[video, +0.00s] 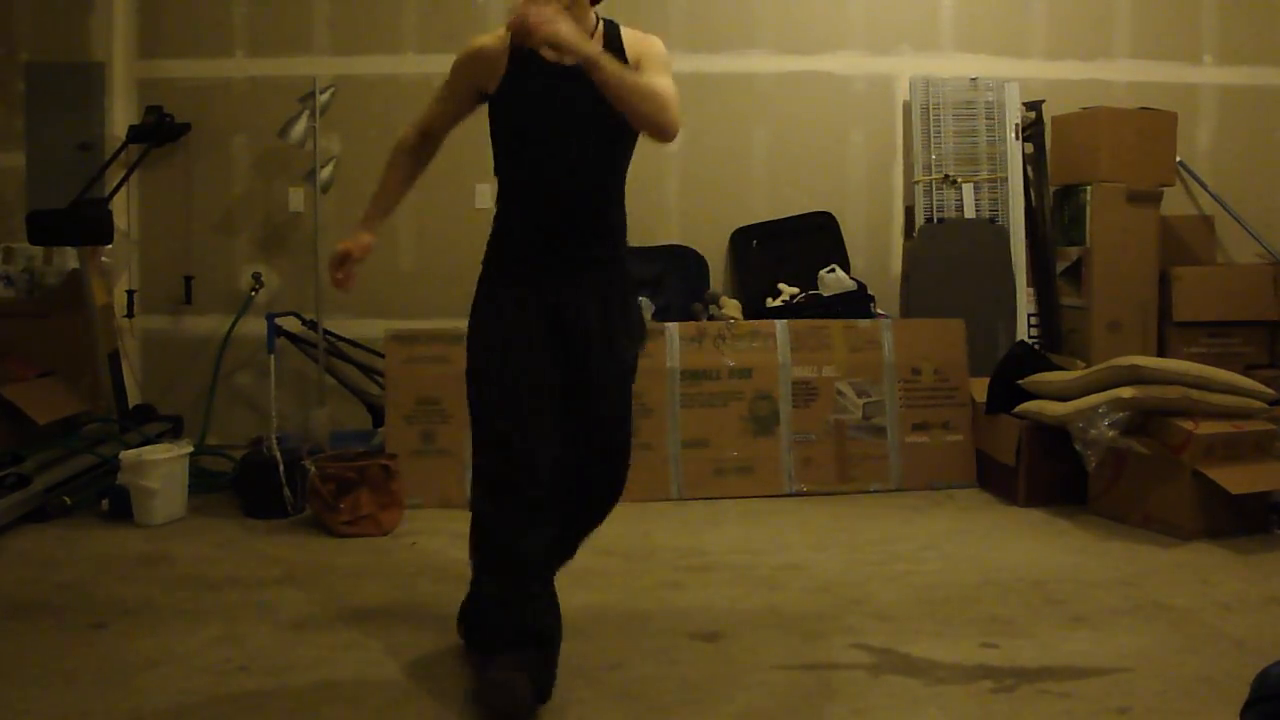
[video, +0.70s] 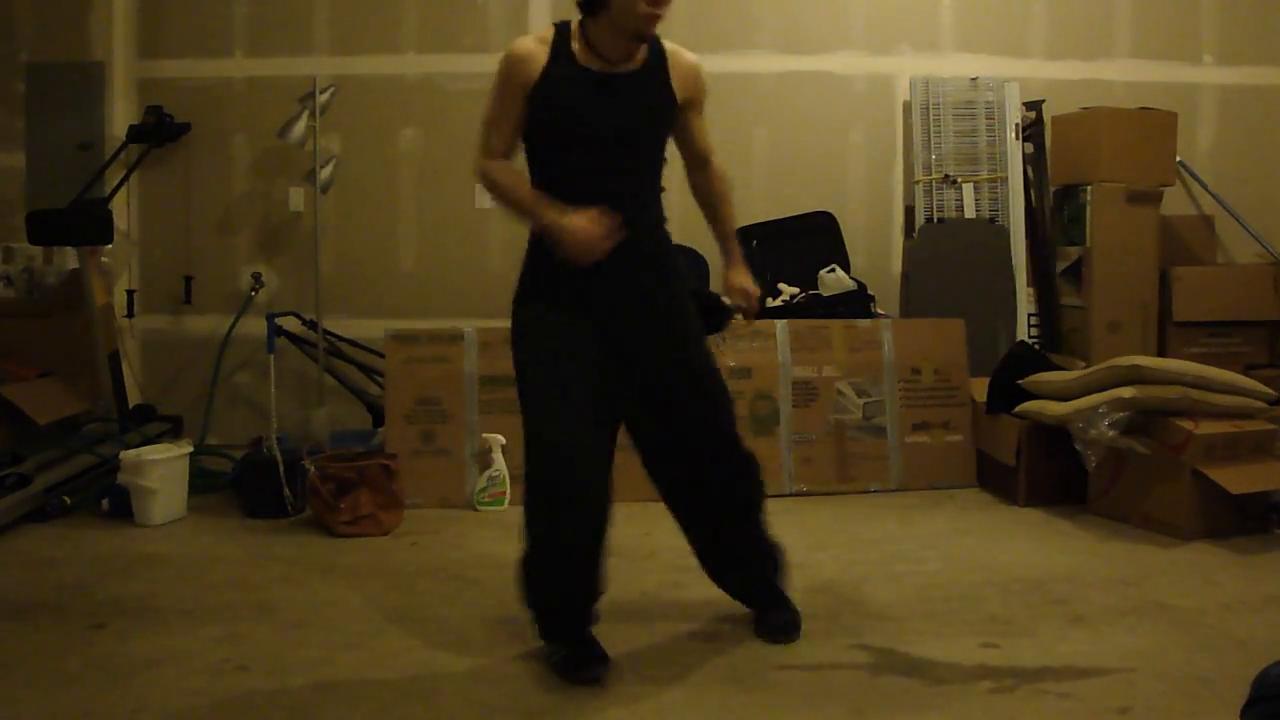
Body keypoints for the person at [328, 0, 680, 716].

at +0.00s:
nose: (533, 16)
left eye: (547, 8)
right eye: (527, 8)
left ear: (585, 5)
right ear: (519, 8)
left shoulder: (638, 50)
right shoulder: (492, 59)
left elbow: (665, 119)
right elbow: (420, 141)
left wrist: (583, 48)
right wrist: (368, 227)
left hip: (600, 291)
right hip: (513, 292)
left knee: (597, 474)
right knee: (514, 472)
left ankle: (495, 604)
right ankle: (514, 662)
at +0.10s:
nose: (544, 3)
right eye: (535, 1)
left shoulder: (637, 43)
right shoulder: (488, 54)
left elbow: (649, 143)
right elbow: (443, 149)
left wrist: (576, 131)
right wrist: (397, 223)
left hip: (597, 285)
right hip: (510, 283)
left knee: (592, 469)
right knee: (503, 465)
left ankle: (517, 602)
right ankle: (496, 662)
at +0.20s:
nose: (541, 2)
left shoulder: (632, 39)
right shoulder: (484, 56)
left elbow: (644, 149)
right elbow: (467, 155)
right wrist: (460, 190)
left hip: (601, 266)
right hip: (516, 265)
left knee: (596, 445)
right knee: (495, 450)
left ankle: (524, 596)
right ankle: (475, 637)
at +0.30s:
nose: (531, 13)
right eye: (519, 4)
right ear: (507, 7)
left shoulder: (636, 59)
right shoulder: (488, 72)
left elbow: (662, 181)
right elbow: (472, 196)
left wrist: (684, 290)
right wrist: (543, 128)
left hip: (609, 294)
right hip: (517, 299)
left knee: (632, 440)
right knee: (502, 482)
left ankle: (595, 541)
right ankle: (468, 640)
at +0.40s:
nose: (582, 7)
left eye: (592, 1)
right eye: (569, 2)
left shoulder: (654, 54)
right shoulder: (507, 50)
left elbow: (686, 163)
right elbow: (488, 152)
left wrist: (723, 257)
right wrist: (582, 76)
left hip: (626, 286)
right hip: (535, 289)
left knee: (664, 444)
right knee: (511, 467)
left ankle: (708, 564)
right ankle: (475, 645)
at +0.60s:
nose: (669, 10)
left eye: (674, 0)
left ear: (676, 7)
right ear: (611, 3)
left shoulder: (691, 82)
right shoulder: (545, 71)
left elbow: (719, 169)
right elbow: (519, 188)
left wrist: (747, 237)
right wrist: (608, 154)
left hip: (667, 306)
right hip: (574, 309)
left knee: (731, 455)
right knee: (543, 474)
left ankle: (778, 593)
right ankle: (508, 641)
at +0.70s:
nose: (658, 10)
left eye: (663, 1)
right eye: (645, 0)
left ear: (665, 5)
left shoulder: (678, 73)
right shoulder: (531, 62)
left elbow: (702, 165)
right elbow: (492, 162)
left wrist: (733, 257)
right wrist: (555, 217)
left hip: (649, 290)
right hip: (560, 295)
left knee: (706, 441)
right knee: (566, 466)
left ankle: (760, 585)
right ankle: (566, 629)